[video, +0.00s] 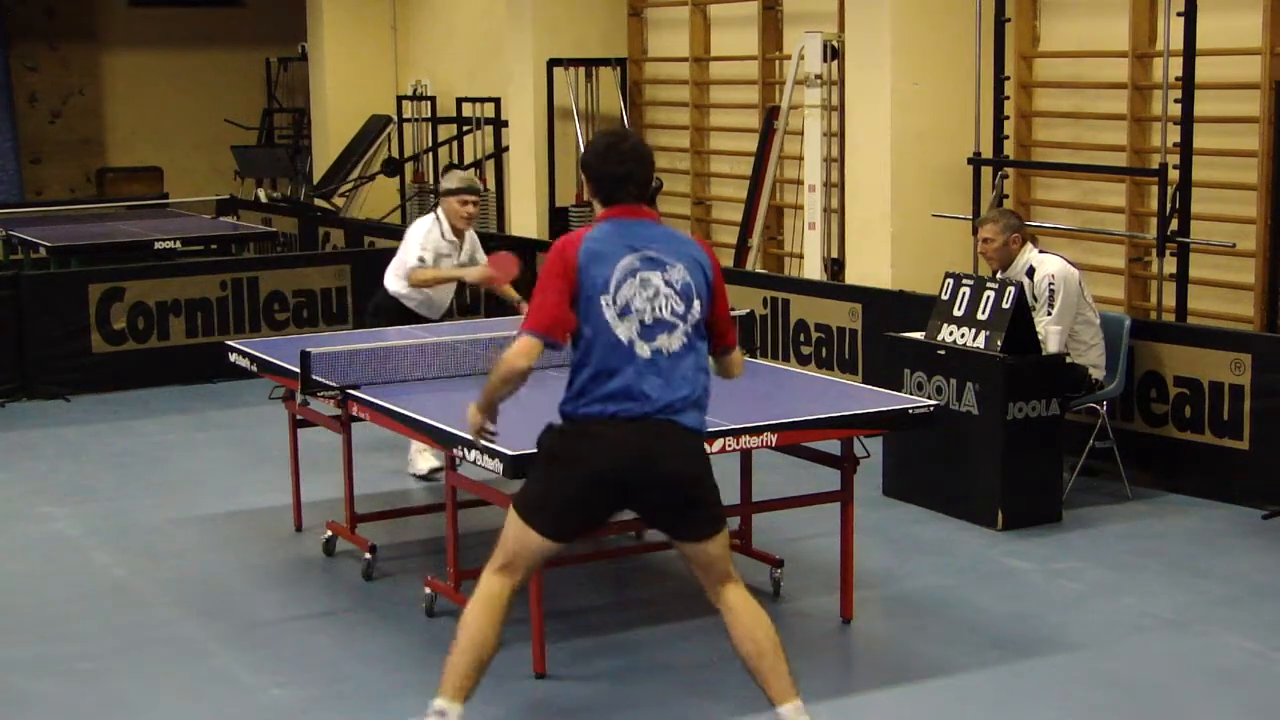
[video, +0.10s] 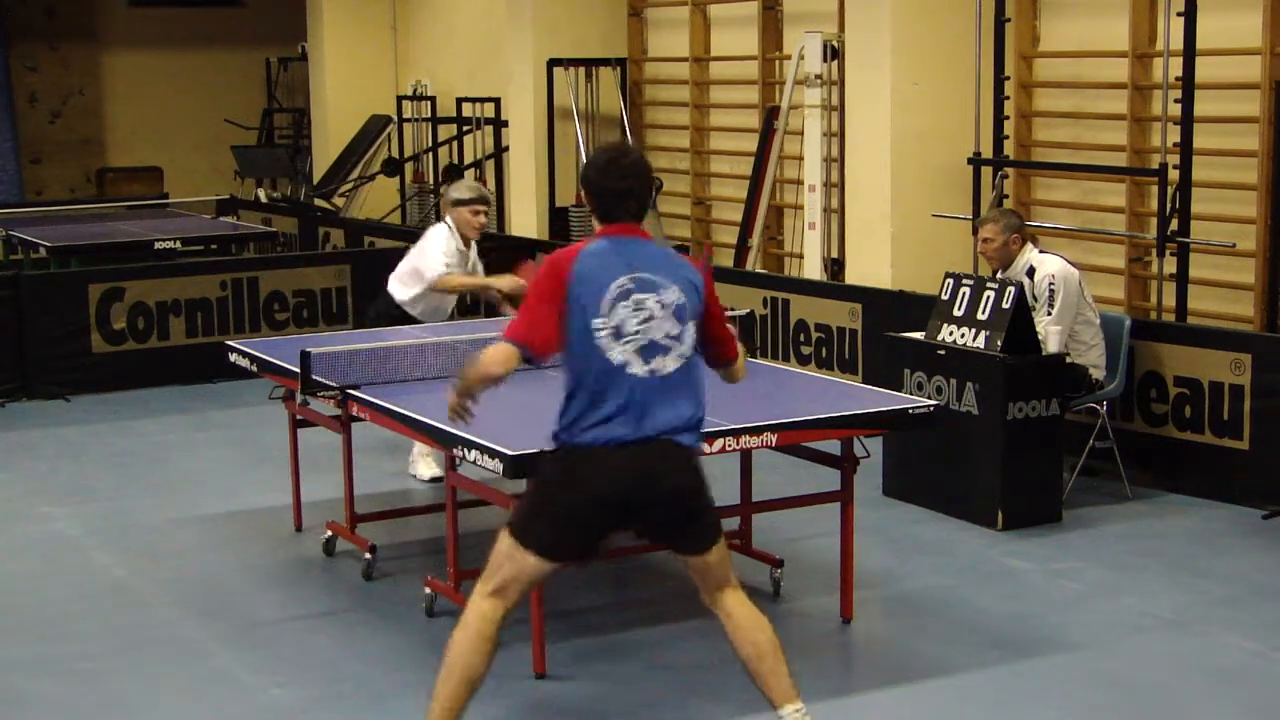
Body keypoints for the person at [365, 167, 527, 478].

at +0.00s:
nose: (470, 211)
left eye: (475, 204)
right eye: (463, 203)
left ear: (479, 205)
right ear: (444, 203)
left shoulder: (468, 235)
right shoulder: (425, 229)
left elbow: (487, 274)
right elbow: (415, 277)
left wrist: (518, 301)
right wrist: (463, 273)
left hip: (433, 314)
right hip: (397, 312)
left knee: (436, 378)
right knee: (419, 380)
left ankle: (426, 446)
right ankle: (420, 447)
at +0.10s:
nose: (482, 221)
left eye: (485, 215)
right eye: (475, 213)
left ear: (486, 215)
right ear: (452, 212)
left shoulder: (469, 244)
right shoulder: (438, 238)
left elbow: (479, 285)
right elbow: (439, 281)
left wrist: (507, 308)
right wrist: (495, 283)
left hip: (432, 320)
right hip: (396, 318)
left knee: (437, 380)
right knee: (428, 382)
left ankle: (425, 449)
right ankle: (422, 450)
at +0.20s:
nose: (491, 231)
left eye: (493, 224)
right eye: (484, 223)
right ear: (461, 221)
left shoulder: (464, 247)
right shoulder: (451, 245)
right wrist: (522, 291)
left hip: (423, 323)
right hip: (397, 320)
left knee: (440, 382)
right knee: (431, 384)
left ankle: (427, 449)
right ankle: (423, 451)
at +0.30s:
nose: (488, 223)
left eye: (492, 216)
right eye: (481, 215)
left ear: (494, 216)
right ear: (460, 215)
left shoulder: (476, 244)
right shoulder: (446, 239)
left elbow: (473, 283)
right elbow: (462, 285)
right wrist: (500, 298)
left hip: (438, 318)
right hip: (407, 317)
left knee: (449, 381)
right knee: (429, 383)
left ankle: (444, 449)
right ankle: (423, 451)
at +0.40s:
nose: (483, 214)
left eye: (487, 207)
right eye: (475, 206)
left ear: (492, 207)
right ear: (456, 206)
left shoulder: (485, 233)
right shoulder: (441, 235)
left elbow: (476, 275)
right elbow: (438, 286)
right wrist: (487, 289)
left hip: (463, 309)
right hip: (433, 312)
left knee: (463, 386)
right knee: (440, 388)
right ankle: (422, 457)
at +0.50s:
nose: (483, 211)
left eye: (487, 204)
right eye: (475, 204)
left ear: (493, 205)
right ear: (457, 205)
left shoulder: (495, 234)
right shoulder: (441, 235)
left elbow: (494, 276)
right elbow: (430, 285)